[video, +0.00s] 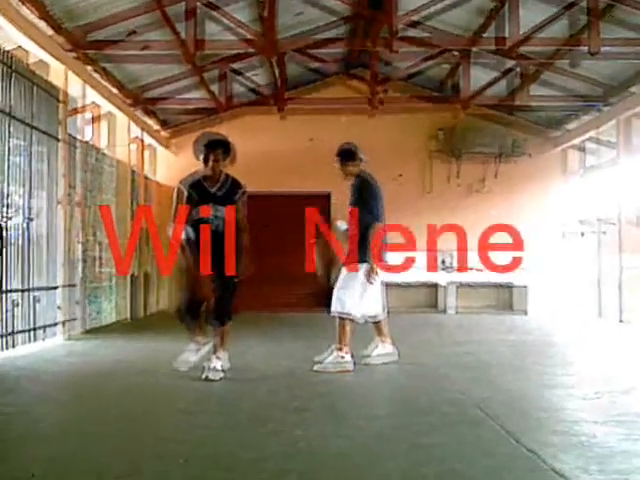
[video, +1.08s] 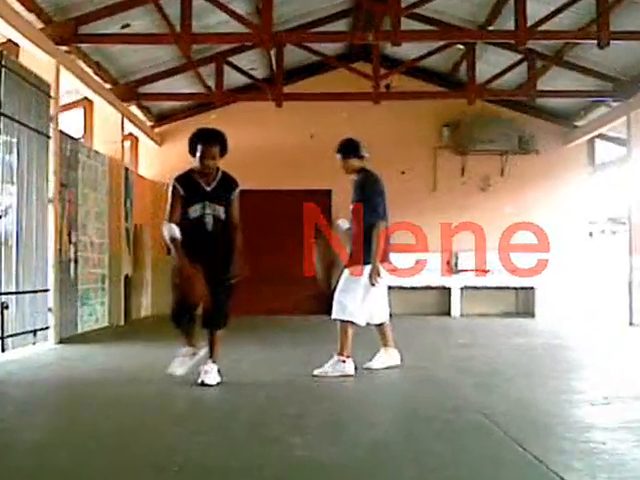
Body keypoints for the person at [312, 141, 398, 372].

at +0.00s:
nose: (342, 172)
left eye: (342, 167)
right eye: (341, 167)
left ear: (350, 164)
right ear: (353, 163)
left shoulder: (366, 184)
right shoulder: (358, 185)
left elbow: (375, 223)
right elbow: (362, 223)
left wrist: (372, 260)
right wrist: (346, 230)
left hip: (363, 259)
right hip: (359, 257)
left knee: (343, 301)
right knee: (373, 302)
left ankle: (342, 351)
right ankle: (384, 342)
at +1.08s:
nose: (342, 166)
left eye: (343, 161)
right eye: (341, 161)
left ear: (353, 159)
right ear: (355, 159)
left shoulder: (370, 181)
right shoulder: (361, 182)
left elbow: (380, 223)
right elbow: (365, 222)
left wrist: (376, 261)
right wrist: (349, 227)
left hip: (365, 260)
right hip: (363, 258)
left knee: (344, 304)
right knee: (377, 306)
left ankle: (343, 358)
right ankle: (389, 350)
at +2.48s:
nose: (402, 205)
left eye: (406, 202)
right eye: (400, 200)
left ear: (413, 200)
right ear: (395, 196)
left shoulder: (422, 215)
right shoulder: (383, 210)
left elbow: (448, 235)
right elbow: (364, 229)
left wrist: (472, 245)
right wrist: (343, 244)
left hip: (418, 269)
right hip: (389, 272)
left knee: (440, 304)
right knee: (381, 311)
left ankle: (460, 344)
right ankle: (385, 345)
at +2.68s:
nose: (359, 180)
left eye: (363, 176)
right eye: (357, 175)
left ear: (373, 175)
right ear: (354, 174)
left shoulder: (386, 192)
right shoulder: (349, 193)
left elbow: (411, 213)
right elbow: (340, 224)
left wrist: (430, 226)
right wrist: (322, 239)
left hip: (381, 260)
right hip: (353, 259)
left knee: (383, 307)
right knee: (342, 303)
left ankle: (380, 345)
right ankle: (346, 340)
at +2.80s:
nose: (337, 181)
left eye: (341, 176)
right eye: (335, 177)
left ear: (349, 175)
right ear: (332, 176)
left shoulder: (366, 192)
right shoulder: (330, 200)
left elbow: (386, 220)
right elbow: (327, 234)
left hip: (366, 265)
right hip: (338, 263)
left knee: (368, 308)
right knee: (318, 308)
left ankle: (375, 347)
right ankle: (310, 349)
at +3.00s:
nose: (297, 194)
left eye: (300, 188)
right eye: (293, 190)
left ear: (310, 185)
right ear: (291, 190)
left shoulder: (333, 197)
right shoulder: (299, 211)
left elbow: (352, 233)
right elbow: (297, 249)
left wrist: (346, 264)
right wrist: (287, 282)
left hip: (344, 262)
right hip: (316, 265)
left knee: (351, 305)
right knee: (301, 308)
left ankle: (351, 342)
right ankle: (296, 349)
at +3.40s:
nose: (305, 150)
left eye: (309, 145)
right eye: (301, 145)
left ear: (318, 145)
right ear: (296, 147)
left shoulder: (331, 169)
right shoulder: (291, 169)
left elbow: (345, 201)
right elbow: (270, 187)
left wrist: (344, 220)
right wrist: (257, 198)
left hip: (325, 247)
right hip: (297, 246)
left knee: (328, 297)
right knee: (299, 300)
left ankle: (332, 348)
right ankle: (303, 347)